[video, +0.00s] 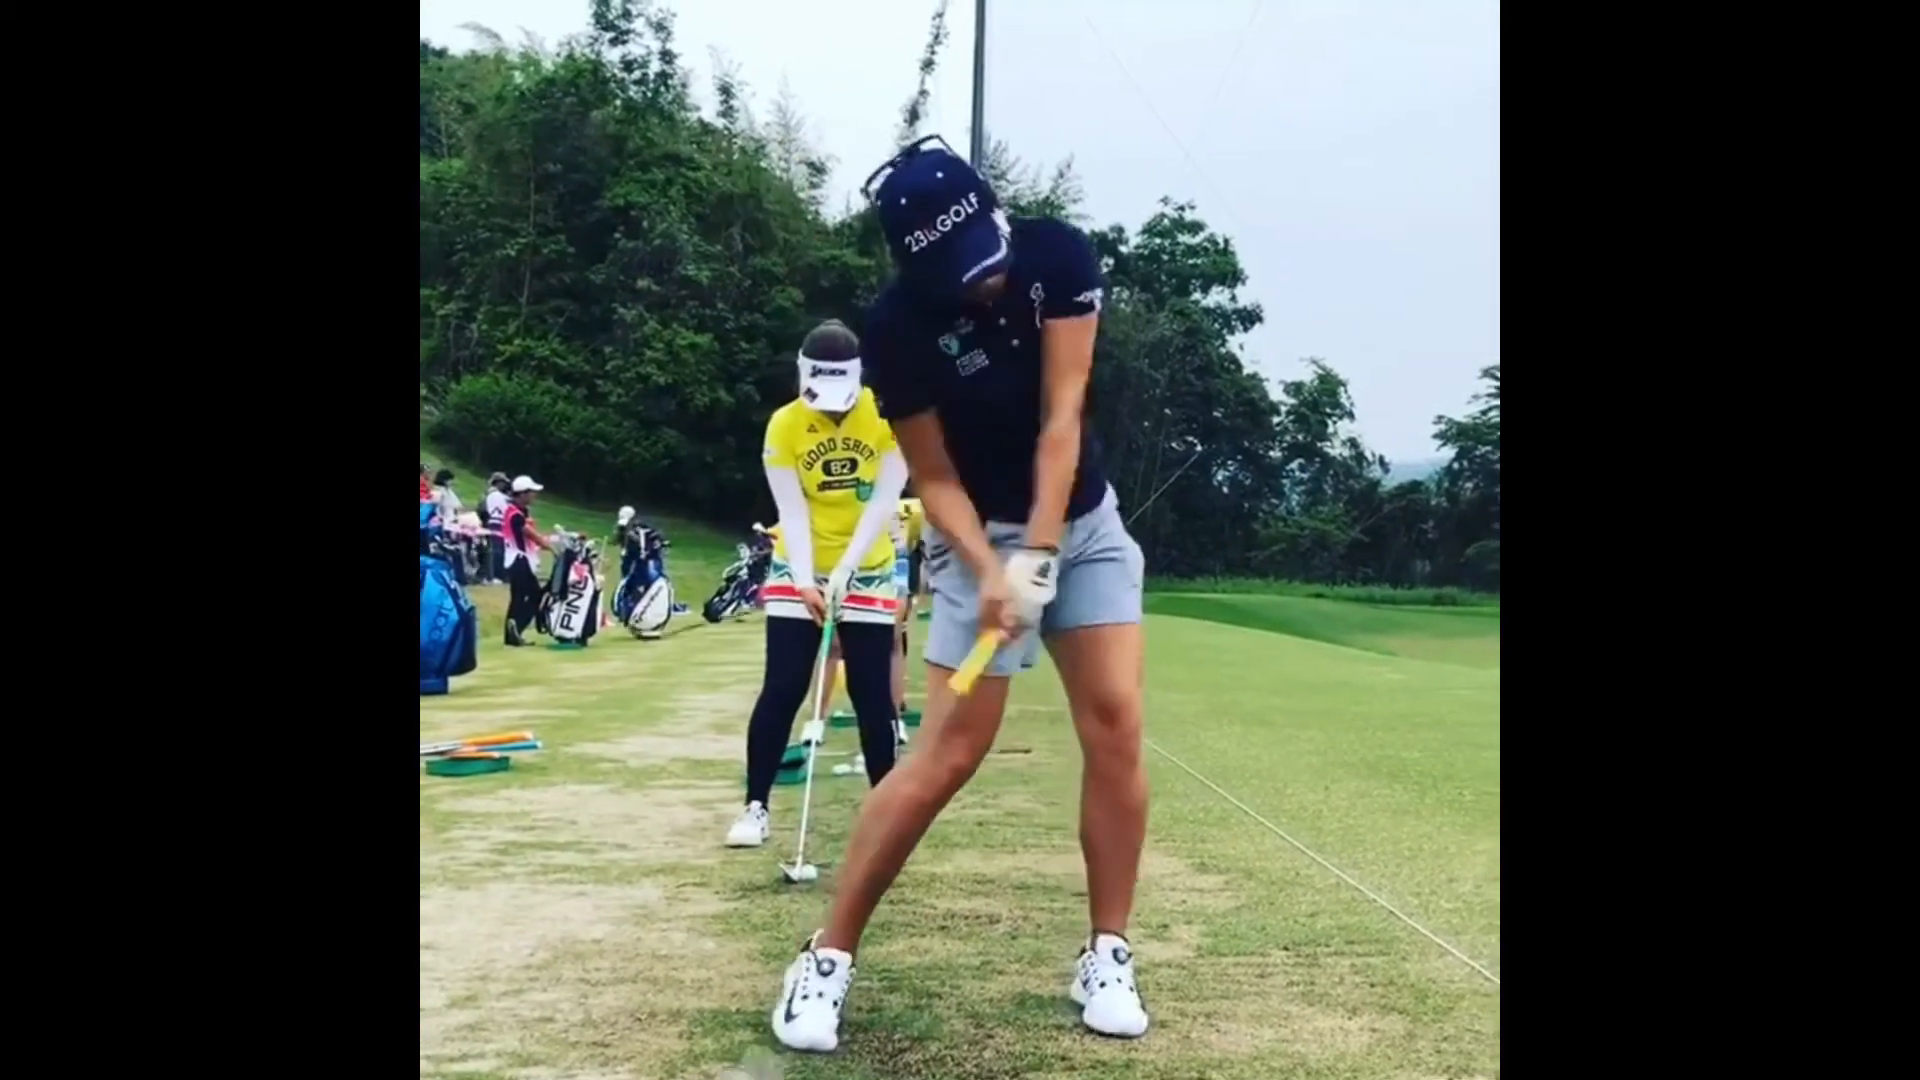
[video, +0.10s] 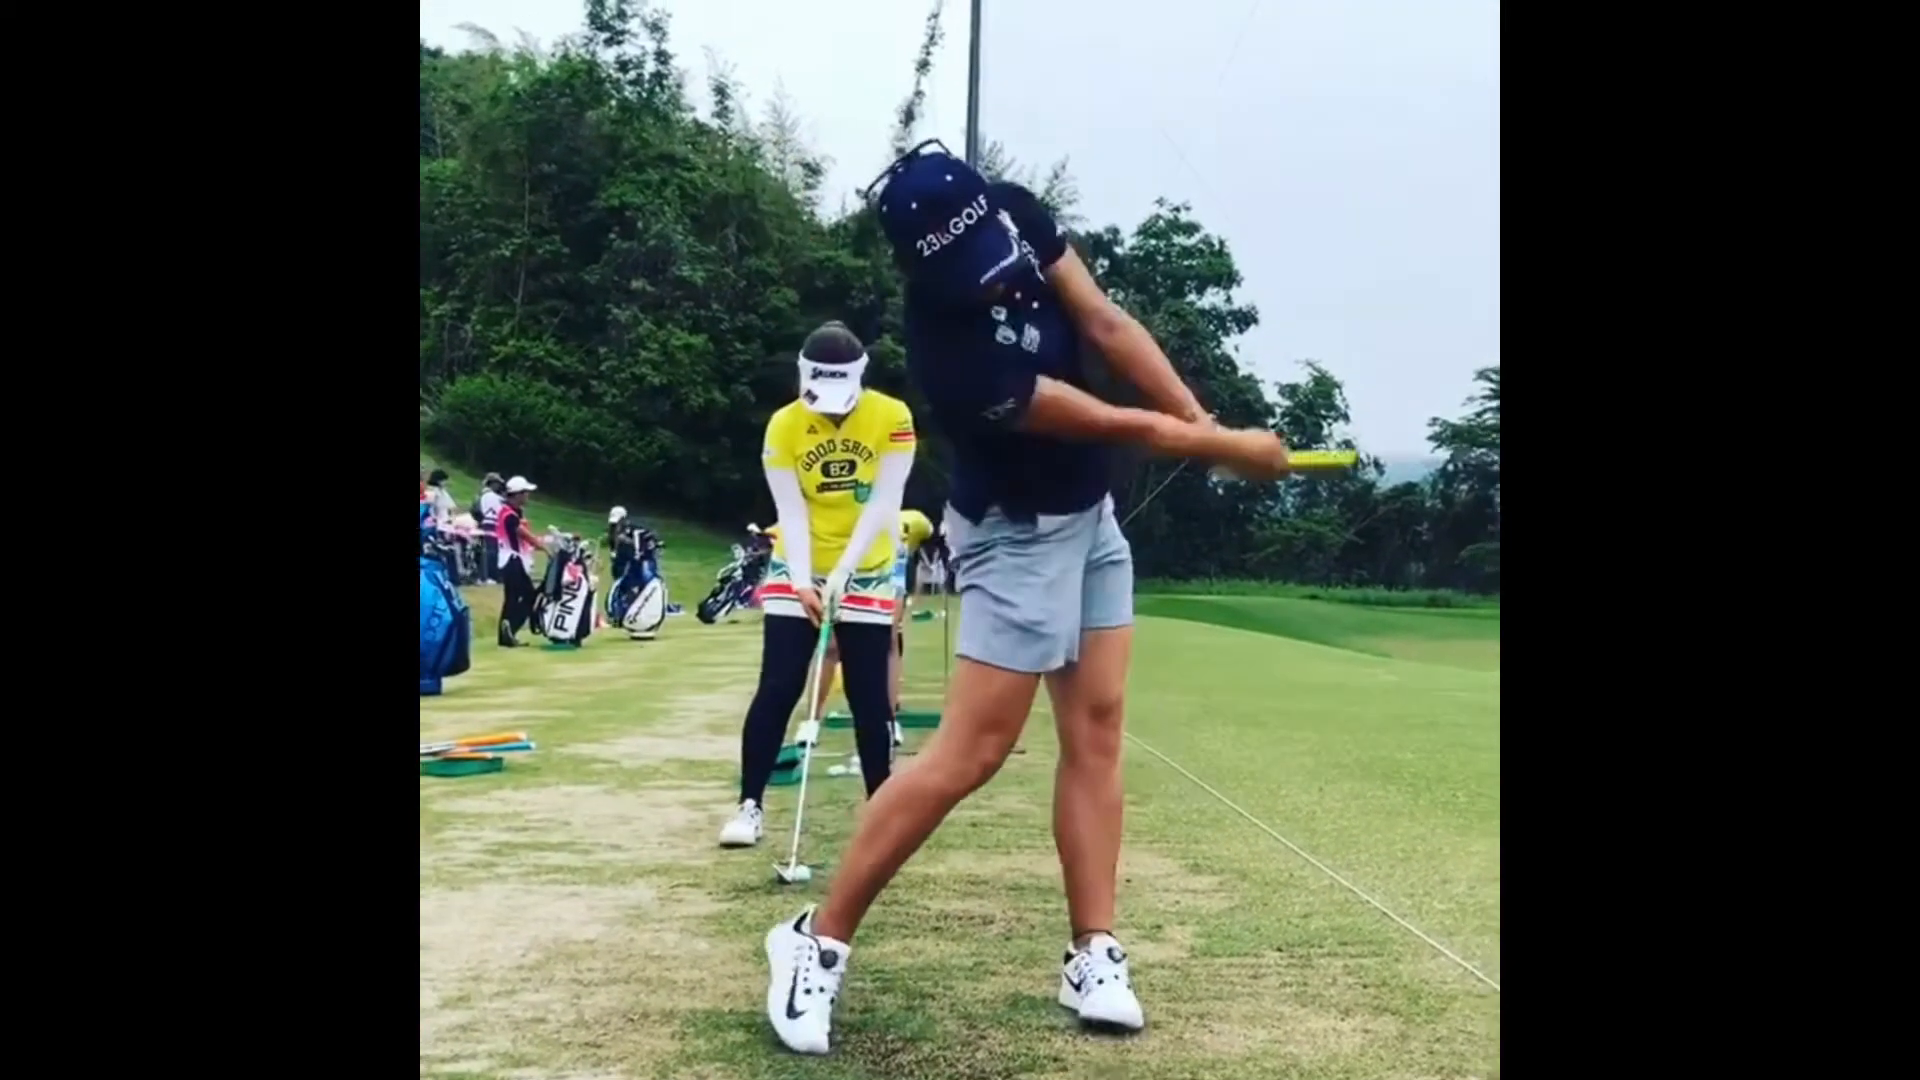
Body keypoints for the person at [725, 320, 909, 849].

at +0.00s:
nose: (830, 404)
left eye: (841, 392)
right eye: (820, 391)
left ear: (859, 375)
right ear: (804, 376)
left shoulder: (888, 415)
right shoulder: (784, 428)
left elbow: (885, 499)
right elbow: (792, 513)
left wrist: (844, 568)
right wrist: (803, 580)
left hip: (870, 570)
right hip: (798, 568)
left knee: (873, 699)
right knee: (782, 689)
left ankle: (890, 813)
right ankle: (755, 807)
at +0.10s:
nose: (830, 407)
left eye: (840, 396)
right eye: (819, 394)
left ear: (860, 377)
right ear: (804, 377)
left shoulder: (893, 418)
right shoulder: (783, 429)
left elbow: (883, 504)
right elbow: (791, 514)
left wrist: (843, 569)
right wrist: (801, 579)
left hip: (868, 573)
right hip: (795, 569)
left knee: (870, 703)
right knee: (777, 688)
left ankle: (882, 815)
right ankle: (749, 806)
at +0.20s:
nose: (822, 407)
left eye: (833, 396)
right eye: (812, 395)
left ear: (852, 380)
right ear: (797, 380)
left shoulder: (885, 419)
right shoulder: (776, 430)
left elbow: (874, 505)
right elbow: (784, 517)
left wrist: (834, 573)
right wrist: (793, 582)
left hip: (861, 573)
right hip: (788, 572)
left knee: (862, 694)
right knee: (770, 690)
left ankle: (873, 806)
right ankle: (741, 808)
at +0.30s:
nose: (811, 410)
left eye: (822, 400)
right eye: (801, 399)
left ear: (841, 384)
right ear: (786, 384)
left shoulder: (872, 421)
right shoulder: (764, 431)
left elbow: (861, 507)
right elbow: (772, 516)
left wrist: (824, 577)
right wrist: (784, 584)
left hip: (850, 576)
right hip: (777, 575)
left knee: (852, 693)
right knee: (762, 692)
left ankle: (868, 807)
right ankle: (734, 809)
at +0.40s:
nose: (800, 411)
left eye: (811, 400)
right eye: (791, 400)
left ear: (830, 385)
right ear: (775, 385)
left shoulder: (859, 421)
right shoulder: (751, 434)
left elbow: (851, 504)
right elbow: (763, 520)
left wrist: (813, 577)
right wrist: (774, 585)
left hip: (839, 576)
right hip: (765, 575)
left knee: (845, 696)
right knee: (752, 695)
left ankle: (863, 809)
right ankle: (728, 813)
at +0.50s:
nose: (795, 414)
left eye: (806, 403)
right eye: (785, 402)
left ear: (825, 387)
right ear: (769, 387)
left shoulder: (855, 424)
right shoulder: (746, 436)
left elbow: (844, 506)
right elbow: (758, 522)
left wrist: (808, 579)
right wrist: (769, 586)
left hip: (834, 575)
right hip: (759, 574)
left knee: (842, 696)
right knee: (747, 696)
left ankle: (860, 808)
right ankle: (724, 814)